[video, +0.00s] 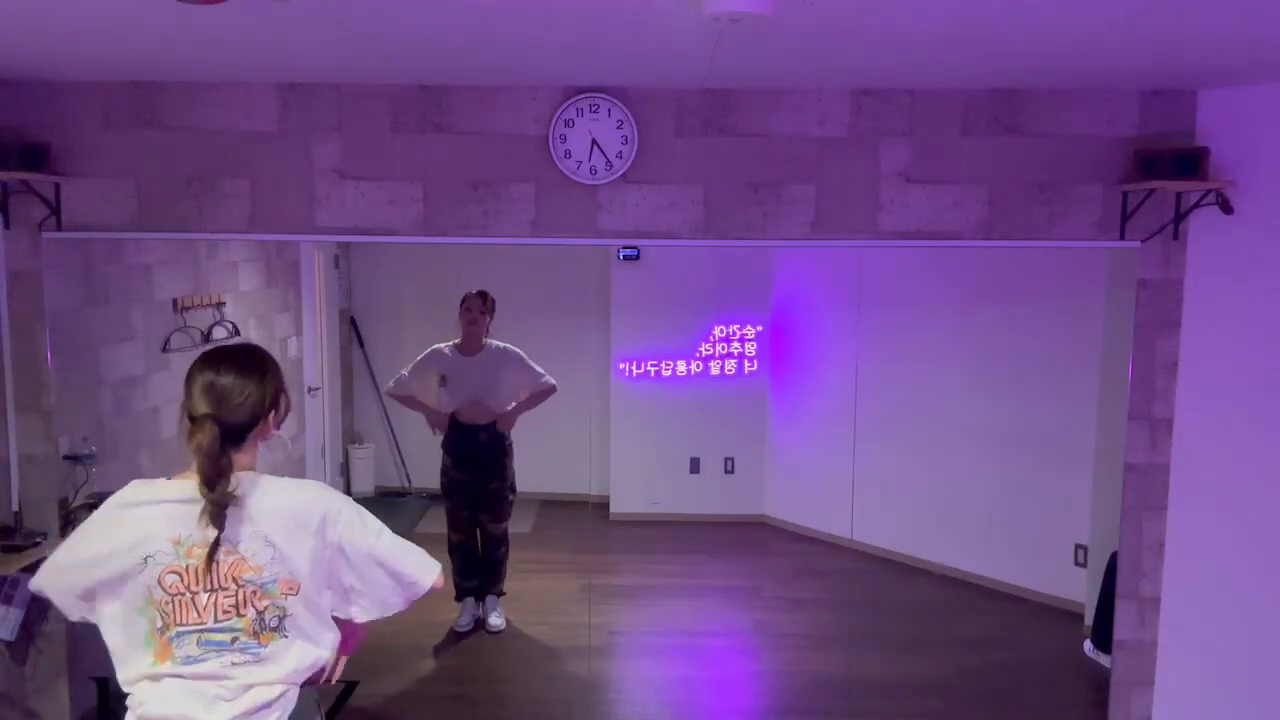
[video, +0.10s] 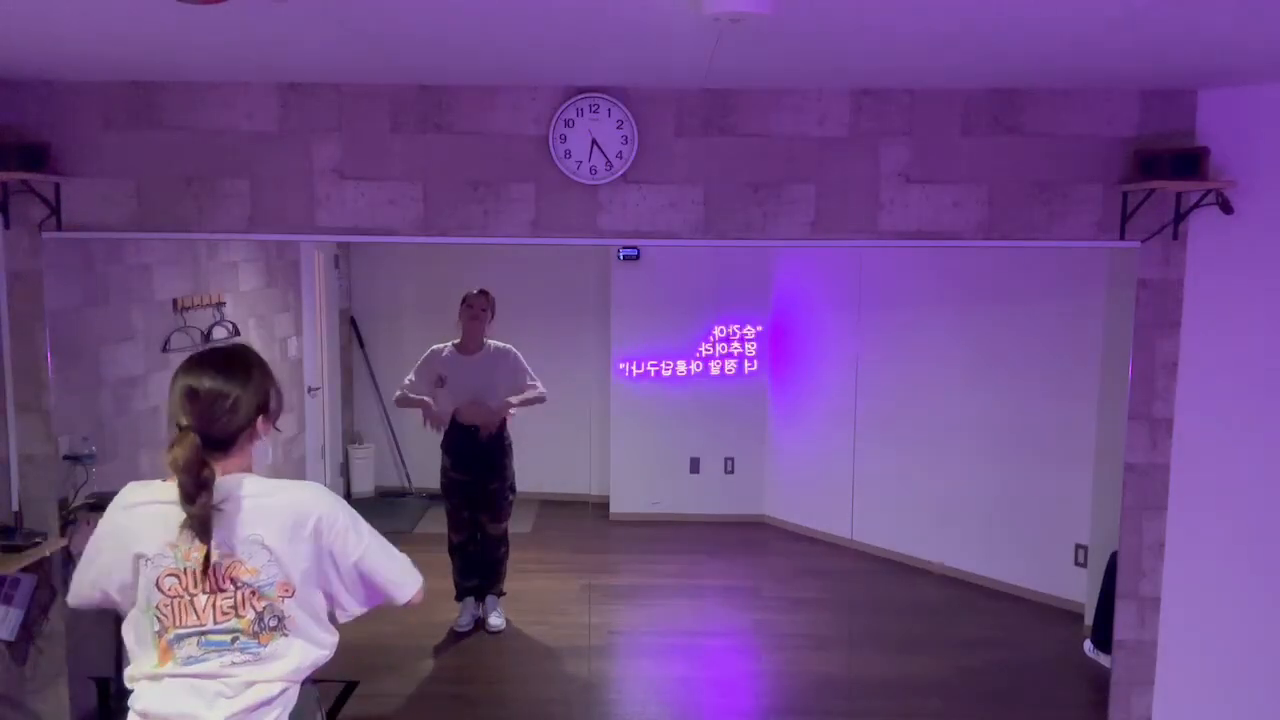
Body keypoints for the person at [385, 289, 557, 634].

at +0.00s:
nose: (472, 316)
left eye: (479, 312)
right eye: (467, 310)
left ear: (489, 320)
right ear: (458, 316)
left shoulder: (505, 355)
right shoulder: (440, 355)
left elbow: (547, 386)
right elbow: (396, 388)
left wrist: (513, 412)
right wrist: (429, 411)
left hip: (494, 445)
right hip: (457, 445)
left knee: (494, 526)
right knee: (459, 527)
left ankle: (493, 600)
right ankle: (468, 601)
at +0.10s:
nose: (474, 313)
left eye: (481, 309)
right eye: (469, 307)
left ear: (490, 319)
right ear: (458, 314)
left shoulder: (505, 355)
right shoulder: (439, 355)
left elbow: (539, 392)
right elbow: (400, 396)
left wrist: (508, 403)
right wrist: (426, 402)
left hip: (495, 448)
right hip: (456, 448)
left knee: (494, 526)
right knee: (459, 527)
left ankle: (493, 600)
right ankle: (468, 602)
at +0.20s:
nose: (471, 311)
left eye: (478, 306)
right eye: (465, 306)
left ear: (488, 315)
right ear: (456, 315)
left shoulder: (506, 357)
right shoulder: (439, 356)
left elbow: (524, 407)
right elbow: (419, 408)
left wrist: (517, 396)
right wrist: (412, 393)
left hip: (494, 444)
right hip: (457, 445)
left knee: (494, 524)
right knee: (459, 525)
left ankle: (493, 600)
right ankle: (467, 602)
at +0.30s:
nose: (468, 311)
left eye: (475, 307)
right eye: (462, 307)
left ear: (486, 316)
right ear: (454, 316)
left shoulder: (504, 356)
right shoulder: (439, 357)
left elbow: (507, 407)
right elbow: (428, 408)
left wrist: (529, 389)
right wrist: (404, 385)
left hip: (493, 443)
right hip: (456, 444)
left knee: (494, 523)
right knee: (459, 523)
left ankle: (492, 600)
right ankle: (467, 602)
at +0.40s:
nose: (468, 317)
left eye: (475, 311)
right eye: (462, 311)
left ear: (484, 316)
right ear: (453, 317)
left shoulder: (502, 356)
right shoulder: (438, 358)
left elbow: (504, 407)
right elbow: (434, 412)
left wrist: (521, 396)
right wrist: (414, 391)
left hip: (492, 445)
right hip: (455, 446)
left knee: (493, 523)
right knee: (458, 522)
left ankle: (491, 600)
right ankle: (467, 602)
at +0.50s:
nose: (465, 319)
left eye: (471, 313)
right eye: (459, 314)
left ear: (482, 318)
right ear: (452, 319)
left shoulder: (501, 355)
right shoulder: (436, 359)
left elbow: (511, 402)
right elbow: (431, 411)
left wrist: (499, 403)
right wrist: (444, 404)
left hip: (492, 445)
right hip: (455, 447)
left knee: (493, 525)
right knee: (459, 526)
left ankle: (493, 599)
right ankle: (468, 600)